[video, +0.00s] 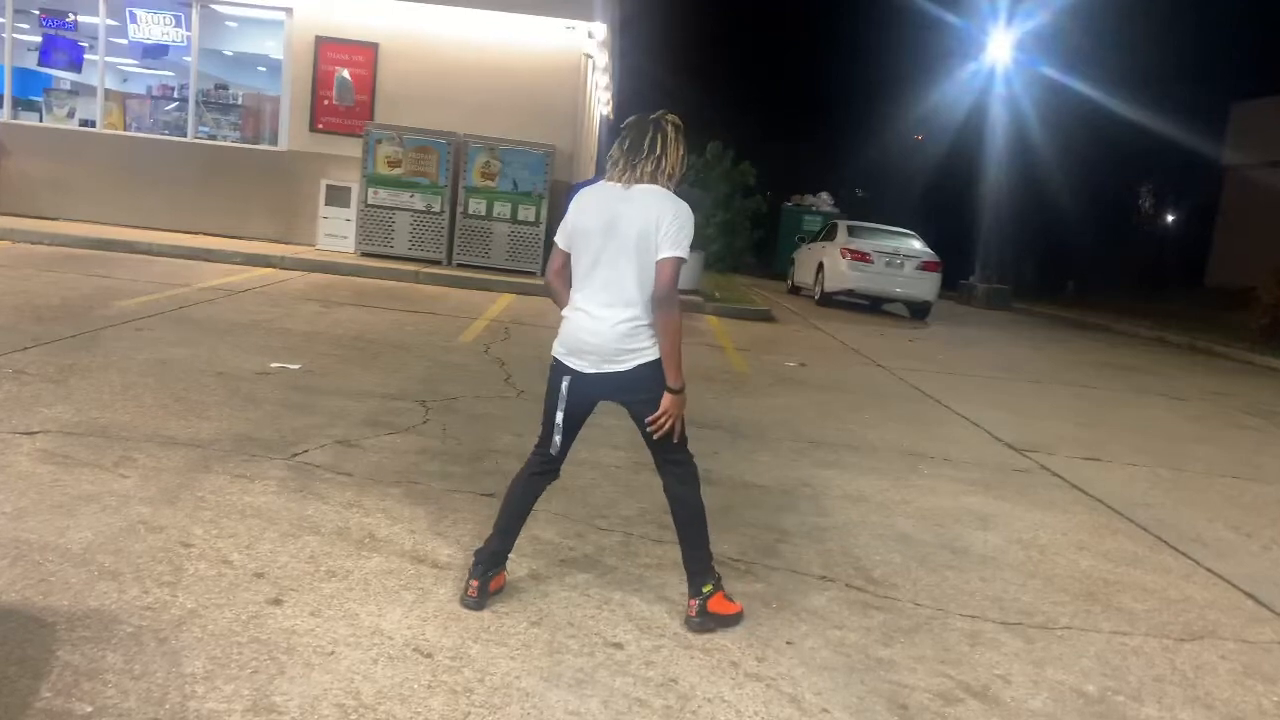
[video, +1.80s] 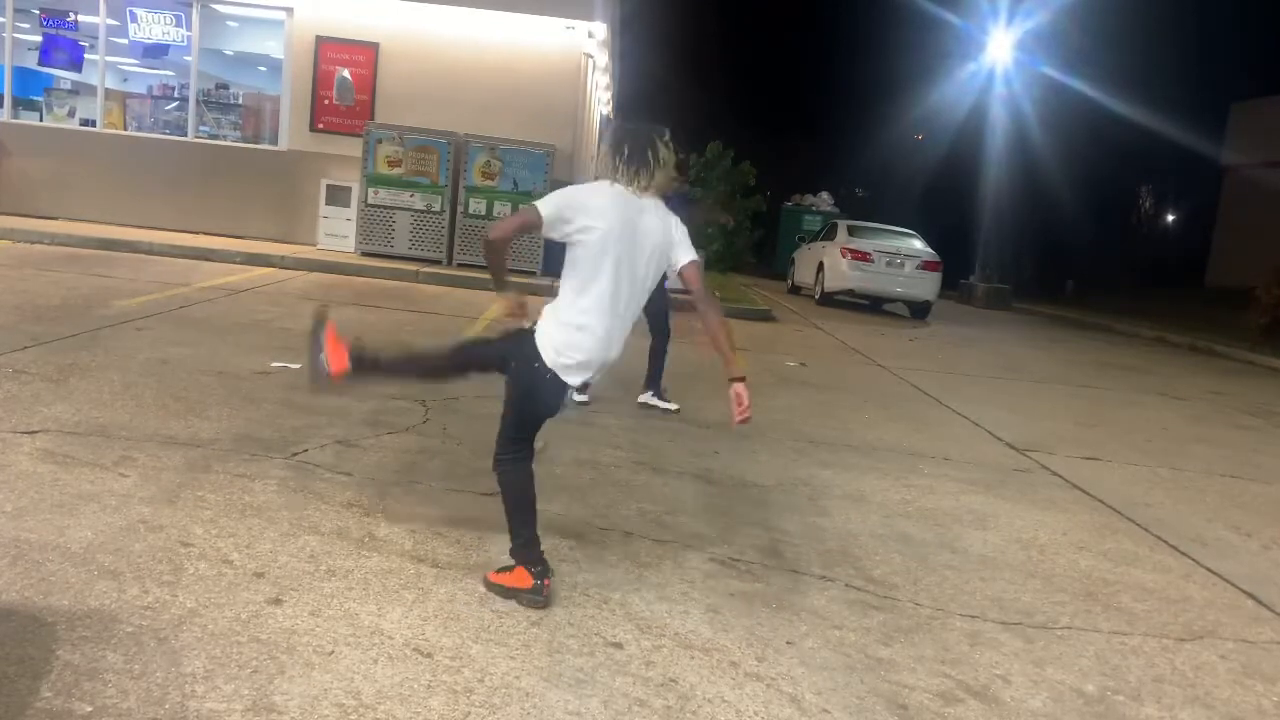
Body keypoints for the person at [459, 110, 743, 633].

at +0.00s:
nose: (680, 165)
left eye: (680, 157)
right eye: (678, 157)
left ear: (622, 149)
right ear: (669, 157)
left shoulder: (584, 197)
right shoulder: (672, 208)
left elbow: (555, 275)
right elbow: (664, 295)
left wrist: (585, 318)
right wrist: (674, 384)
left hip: (574, 361)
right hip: (638, 365)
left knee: (542, 461)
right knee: (677, 467)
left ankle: (484, 571)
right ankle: (704, 591)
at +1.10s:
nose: (675, 160)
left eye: (675, 152)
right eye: (673, 151)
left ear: (615, 146)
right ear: (663, 152)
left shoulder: (578, 197)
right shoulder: (672, 205)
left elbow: (551, 276)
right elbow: (698, 289)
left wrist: (584, 318)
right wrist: (726, 366)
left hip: (579, 359)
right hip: (643, 361)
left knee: (548, 459)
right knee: (677, 465)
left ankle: (486, 571)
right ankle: (705, 590)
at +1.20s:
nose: (673, 164)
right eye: (671, 155)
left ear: (613, 150)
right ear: (662, 157)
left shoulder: (582, 204)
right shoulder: (673, 204)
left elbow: (553, 283)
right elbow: (728, 261)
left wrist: (588, 323)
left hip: (584, 362)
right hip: (648, 363)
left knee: (550, 460)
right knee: (683, 465)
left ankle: (486, 570)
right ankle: (707, 593)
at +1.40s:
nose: (663, 169)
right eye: (661, 160)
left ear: (606, 150)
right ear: (653, 161)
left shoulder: (562, 198)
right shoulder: (657, 213)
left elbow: (540, 281)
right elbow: (715, 267)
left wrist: (567, 319)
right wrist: (787, 306)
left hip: (571, 362)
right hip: (637, 361)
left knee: (543, 460)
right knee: (669, 462)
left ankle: (514, 575)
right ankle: (706, 585)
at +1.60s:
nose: (597, 157)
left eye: (601, 150)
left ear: (607, 154)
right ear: (653, 161)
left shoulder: (583, 199)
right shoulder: (668, 220)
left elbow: (502, 252)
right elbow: (656, 316)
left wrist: (532, 300)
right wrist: (627, 365)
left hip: (553, 347)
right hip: (600, 361)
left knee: (520, 454)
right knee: (499, 394)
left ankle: (528, 572)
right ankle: (424, 433)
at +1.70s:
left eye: (606, 157)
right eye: (671, 173)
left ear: (610, 164)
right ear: (661, 175)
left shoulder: (584, 207)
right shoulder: (667, 234)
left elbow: (491, 237)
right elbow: (692, 311)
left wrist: (522, 289)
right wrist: (713, 392)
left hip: (537, 358)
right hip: (571, 365)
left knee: (505, 455)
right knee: (463, 324)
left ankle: (526, 568)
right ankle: (349, 311)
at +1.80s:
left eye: (610, 147)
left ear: (612, 154)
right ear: (662, 168)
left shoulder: (585, 197)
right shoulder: (668, 222)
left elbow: (497, 237)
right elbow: (703, 298)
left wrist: (506, 293)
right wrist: (735, 374)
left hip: (551, 351)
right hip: (579, 356)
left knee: (513, 453)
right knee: (467, 353)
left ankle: (530, 570)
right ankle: (351, 362)